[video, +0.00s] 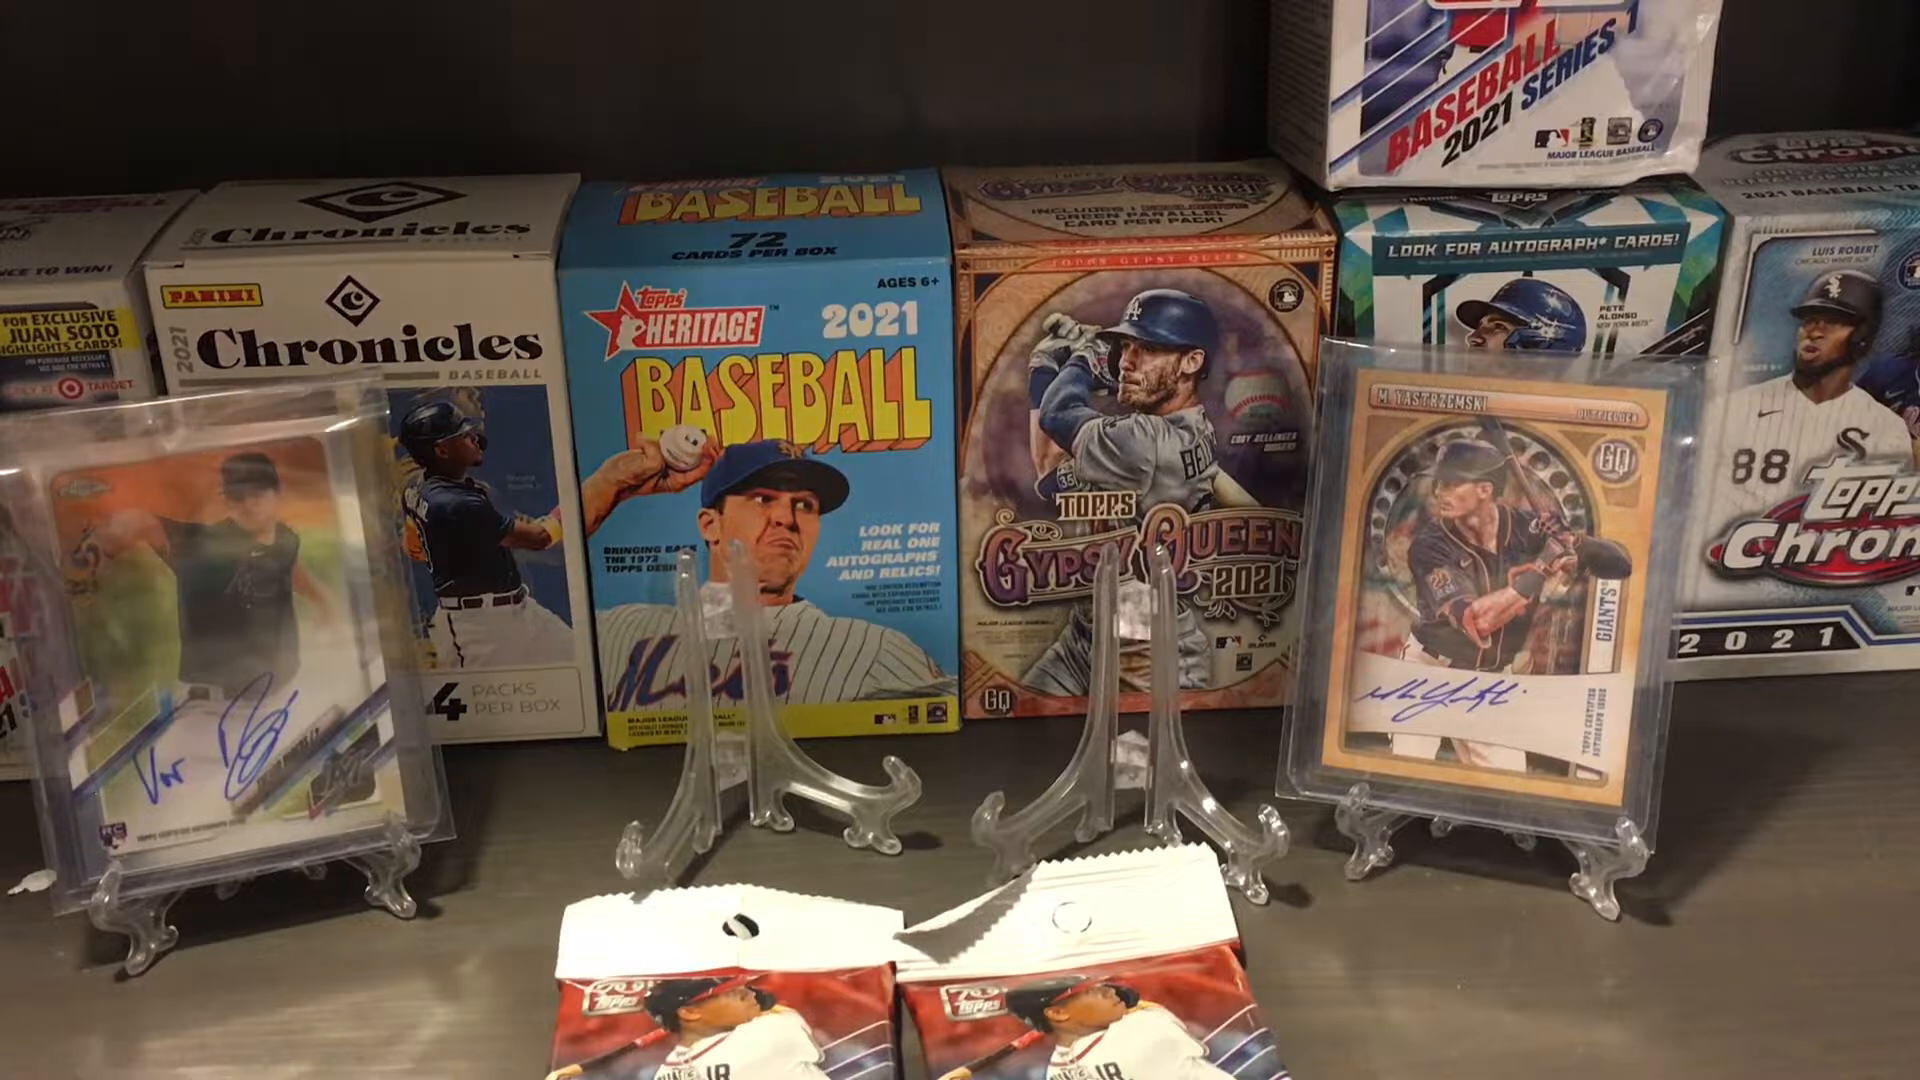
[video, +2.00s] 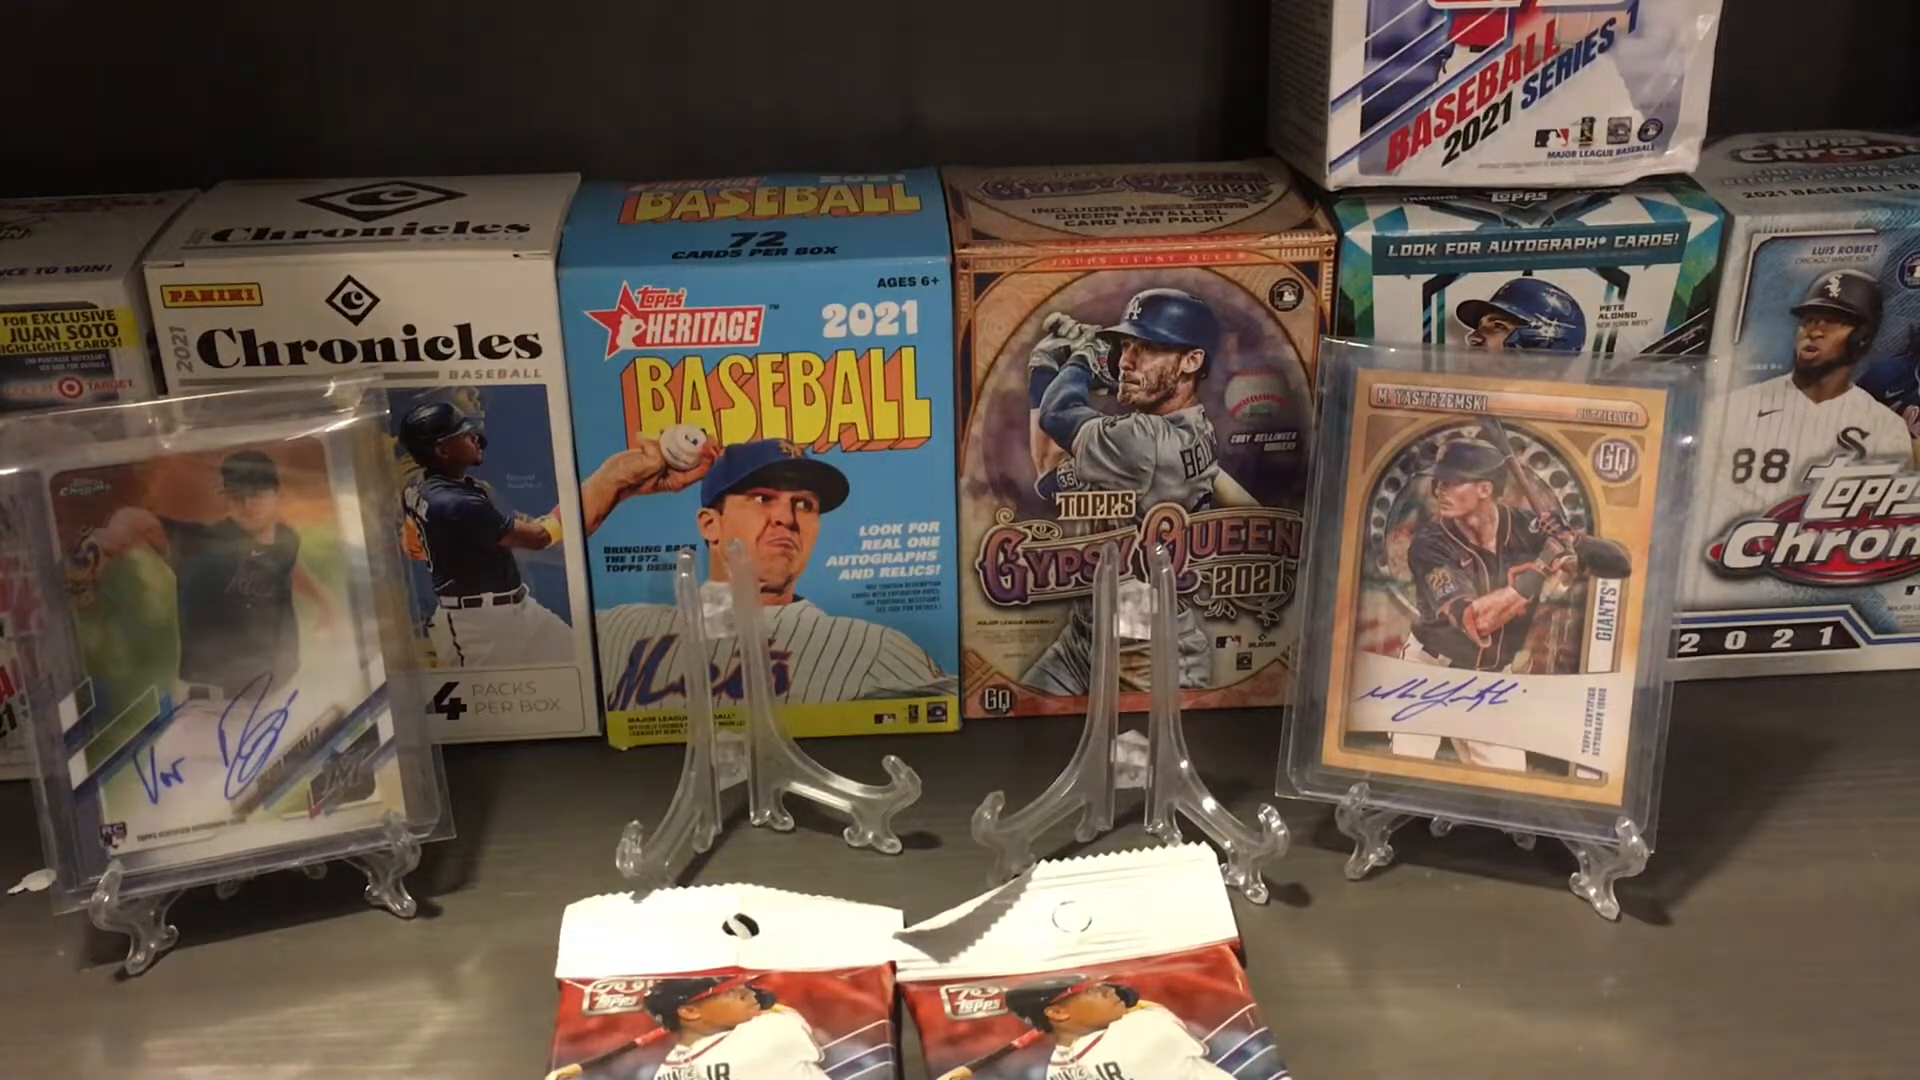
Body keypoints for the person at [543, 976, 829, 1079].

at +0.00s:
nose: (746, 993)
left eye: (737, 987)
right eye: (728, 993)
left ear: (689, 1015)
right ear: (691, 1015)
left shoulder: (665, 1072)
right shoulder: (780, 1033)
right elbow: (777, 1007)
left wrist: (578, 1072)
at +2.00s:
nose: (744, 992)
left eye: (735, 985)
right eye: (727, 992)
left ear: (690, 1014)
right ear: (692, 1014)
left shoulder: (665, 1071)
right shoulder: (777, 1033)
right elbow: (780, 1007)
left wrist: (579, 1071)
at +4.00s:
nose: (745, 993)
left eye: (735, 987)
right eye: (727, 993)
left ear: (689, 1015)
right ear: (691, 1015)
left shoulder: (666, 1071)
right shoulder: (778, 1033)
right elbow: (779, 1008)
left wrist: (578, 1071)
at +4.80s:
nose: (745, 992)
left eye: (736, 985)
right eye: (727, 993)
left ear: (690, 1015)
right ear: (692, 1015)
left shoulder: (666, 1070)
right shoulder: (779, 1033)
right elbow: (778, 1008)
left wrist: (578, 1072)